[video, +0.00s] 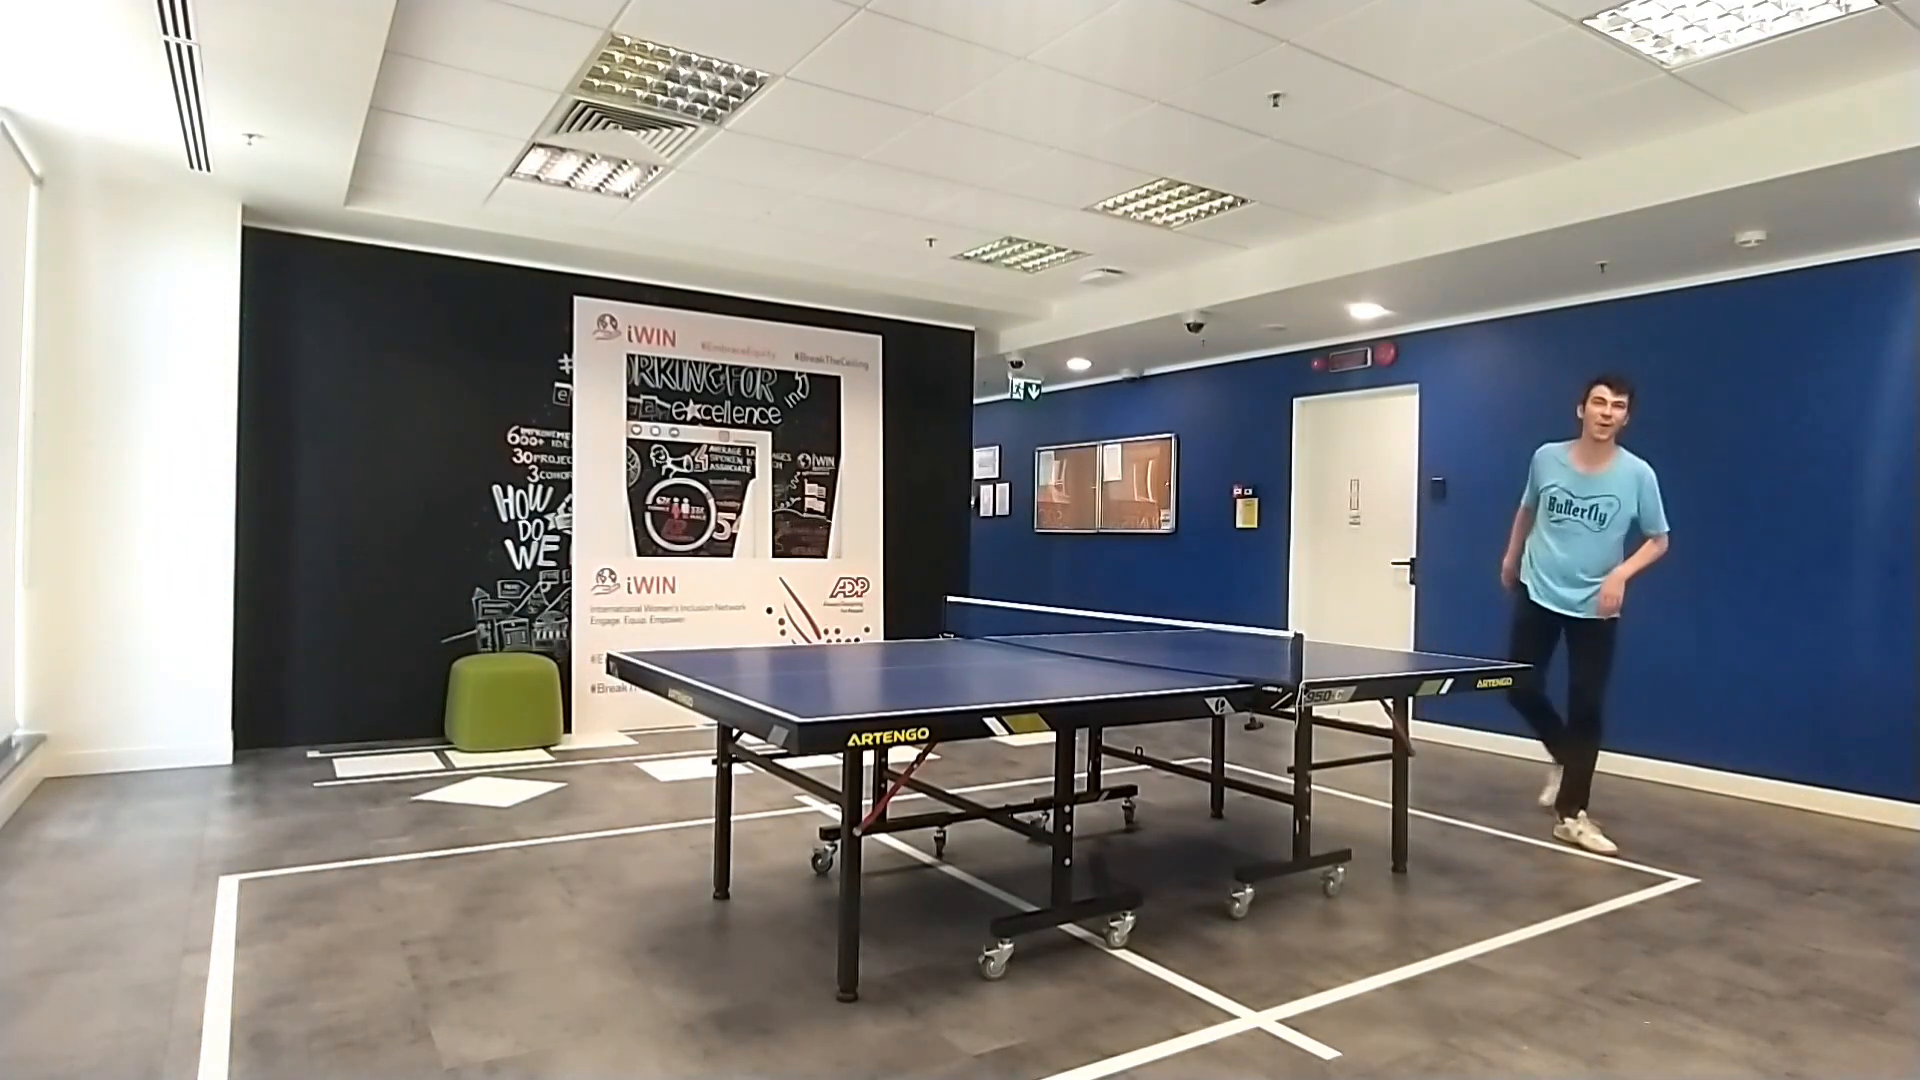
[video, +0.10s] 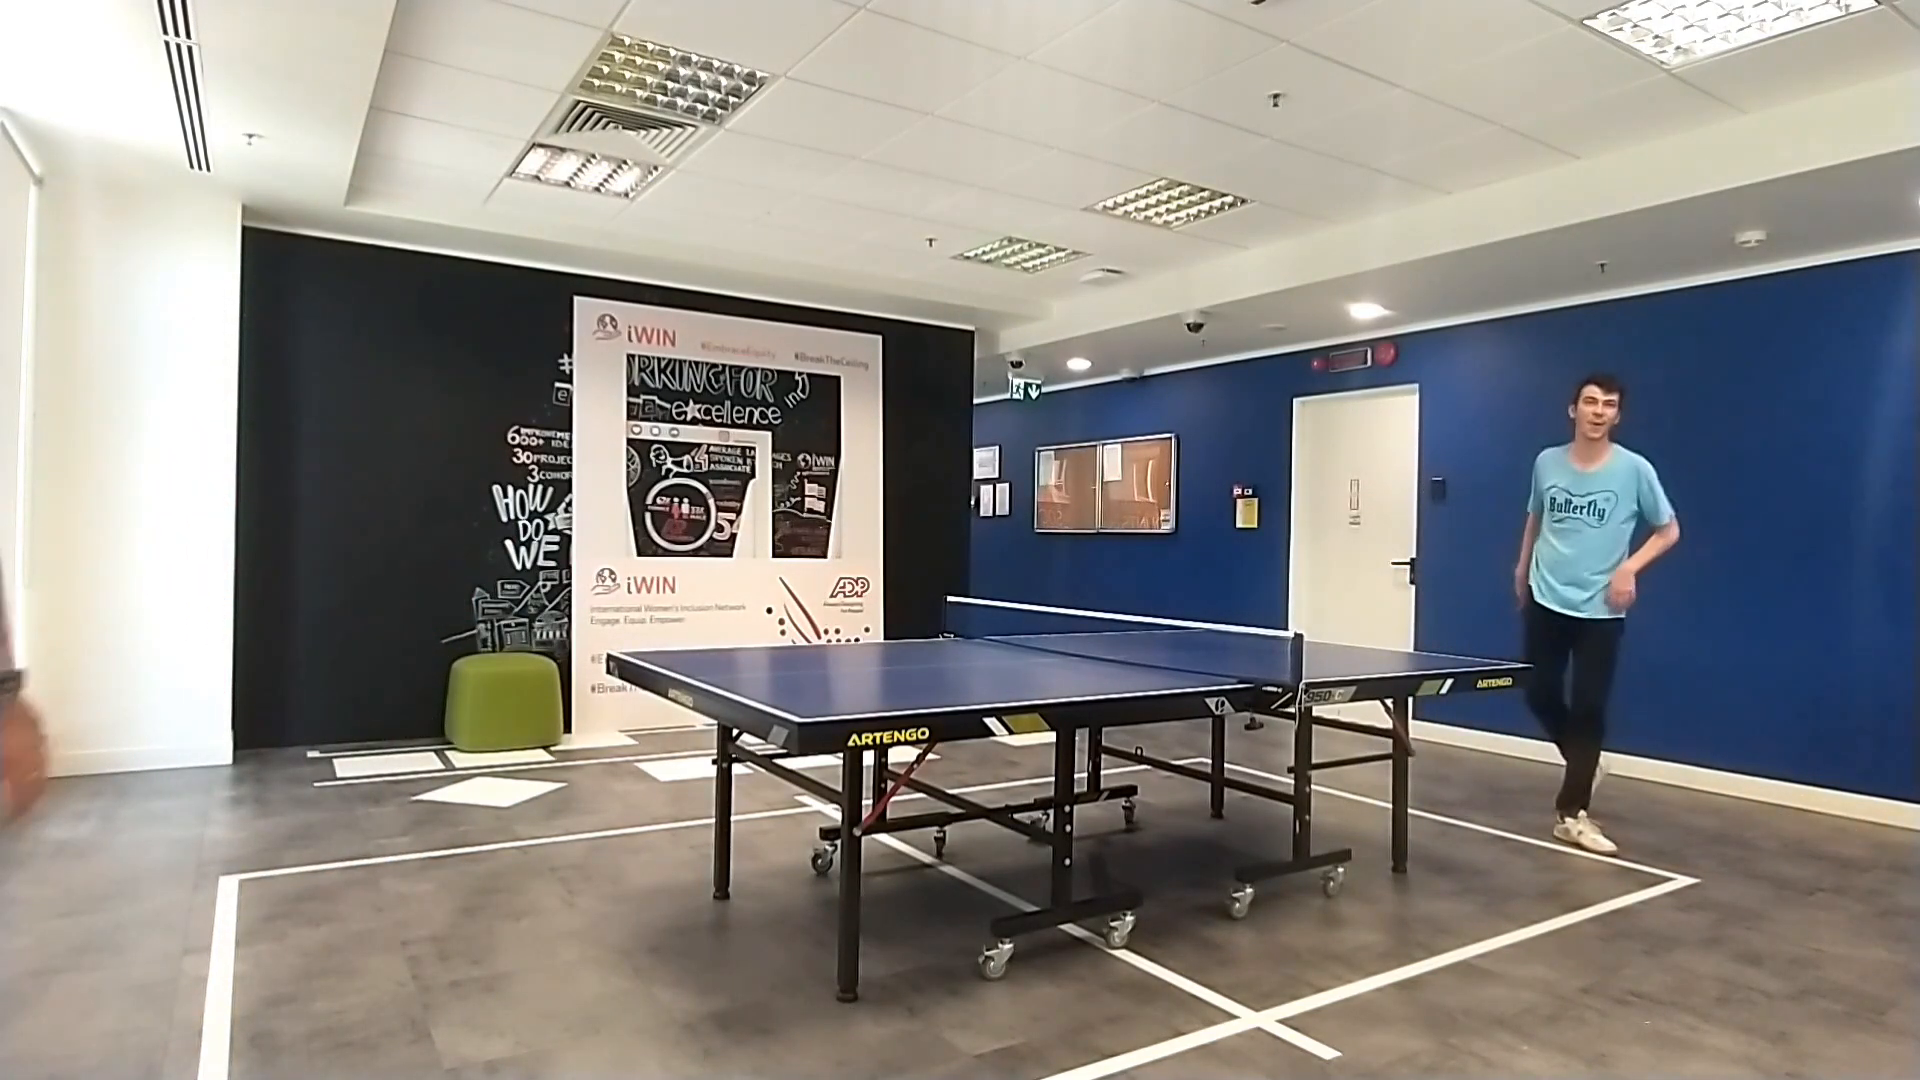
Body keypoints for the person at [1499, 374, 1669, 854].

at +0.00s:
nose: (1607, 412)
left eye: (1616, 406)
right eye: (1599, 403)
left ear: (1626, 418)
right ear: (1581, 409)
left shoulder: (1638, 474)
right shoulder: (1547, 458)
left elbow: (1658, 540)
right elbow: (1527, 510)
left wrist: (1620, 575)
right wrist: (1512, 555)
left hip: (1594, 606)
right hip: (1538, 594)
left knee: (1586, 708)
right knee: (1520, 687)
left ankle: (1572, 813)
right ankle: (1567, 756)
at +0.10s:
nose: (1599, 411)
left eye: (1608, 404)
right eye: (1591, 402)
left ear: (1617, 414)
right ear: (1574, 409)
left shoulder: (1636, 469)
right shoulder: (1548, 462)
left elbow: (1669, 530)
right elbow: (1534, 520)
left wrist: (1630, 567)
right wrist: (1523, 566)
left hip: (1601, 610)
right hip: (1546, 600)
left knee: (1589, 708)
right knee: (1540, 696)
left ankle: (1572, 813)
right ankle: (1584, 758)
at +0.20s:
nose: (1587, 414)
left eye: (1596, 408)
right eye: (1579, 407)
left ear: (1607, 416)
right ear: (1563, 415)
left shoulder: (1631, 466)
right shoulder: (1548, 469)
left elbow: (1679, 518)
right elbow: (1544, 532)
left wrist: (1643, 559)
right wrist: (1535, 589)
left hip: (1605, 607)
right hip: (1554, 603)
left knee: (1589, 705)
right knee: (1556, 700)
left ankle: (1572, 814)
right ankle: (1603, 775)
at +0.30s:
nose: (1575, 421)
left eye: (1582, 412)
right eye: (1565, 414)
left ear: (1595, 418)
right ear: (1553, 423)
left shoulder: (1627, 464)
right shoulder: (1549, 477)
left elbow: (1686, 507)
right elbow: (1552, 538)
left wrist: (1654, 552)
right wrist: (1551, 590)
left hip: (1610, 605)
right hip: (1562, 604)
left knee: (1592, 705)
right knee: (1573, 703)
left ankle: (1572, 814)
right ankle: (1612, 785)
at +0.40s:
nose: (1564, 427)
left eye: (1569, 418)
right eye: (1553, 423)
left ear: (1583, 421)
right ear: (1544, 433)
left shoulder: (1624, 462)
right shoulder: (1550, 483)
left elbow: (1687, 499)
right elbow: (1557, 541)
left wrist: (1659, 550)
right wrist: (1567, 580)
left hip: (1618, 601)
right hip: (1570, 603)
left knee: (1599, 700)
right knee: (1584, 701)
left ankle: (1585, 810)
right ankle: (1617, 788)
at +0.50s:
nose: (1556, 431)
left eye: (1560, 421)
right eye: (1546, 428)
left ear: (1576, 422)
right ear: (1540, 440)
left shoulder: (1622, 459)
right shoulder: (1552, 485)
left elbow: (1688, 487)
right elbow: (1564, 542)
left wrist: (1664, 540)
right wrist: (1571, 583)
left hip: (1626, 595)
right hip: (1578, 601)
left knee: (1617, 695)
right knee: (1590, 697)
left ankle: (1617, 809)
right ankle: (1612, 791)